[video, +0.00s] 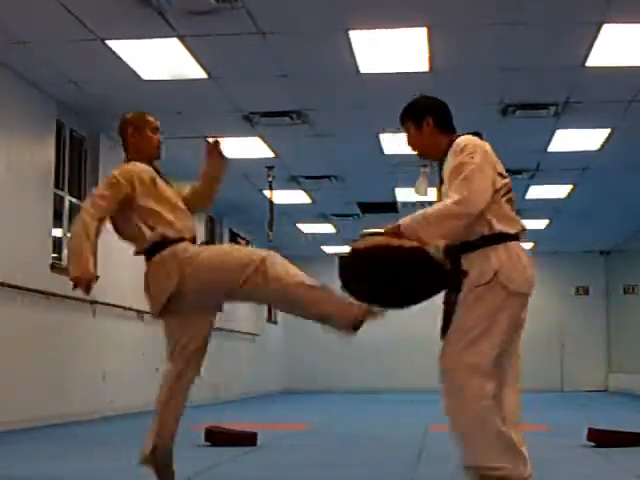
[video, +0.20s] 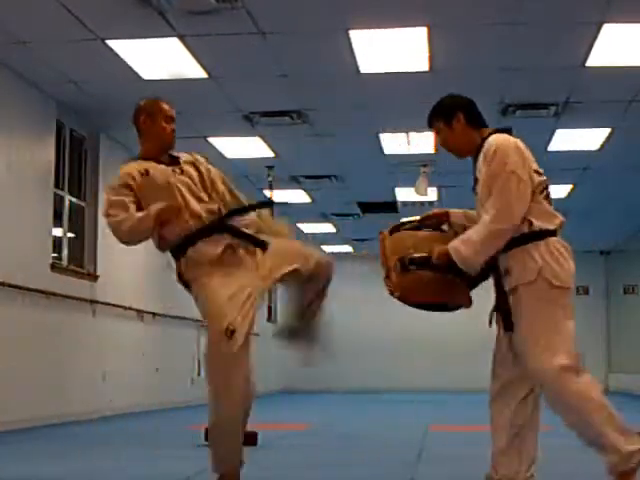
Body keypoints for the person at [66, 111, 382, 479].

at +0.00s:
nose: (159, 139)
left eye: (159, 133)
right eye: (152, 132)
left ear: (150, 139)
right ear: (130, 137)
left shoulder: (157, 185)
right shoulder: (127, 175)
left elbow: (198, 201)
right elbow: (90, 214)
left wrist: (212, 168)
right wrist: (81, 264)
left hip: (180, 275)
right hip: (174, 263)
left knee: (184, 365)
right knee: (263, 268)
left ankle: (160, 448)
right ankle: (347, 313)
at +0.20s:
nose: (173, 127)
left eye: (174, 122)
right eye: (166, 120)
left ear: (174, 127)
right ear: (143, 123)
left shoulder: (197, 162)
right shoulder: (130, 175)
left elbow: (235, 204)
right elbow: (123, 230)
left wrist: (267, 228)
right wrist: (156, 216)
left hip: (249, 243)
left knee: (319, 266)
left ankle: (299, 329)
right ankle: (228, 472)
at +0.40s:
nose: (226, 155)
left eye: (226, 148)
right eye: (221, 147)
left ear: (214, 152)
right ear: (197, 147)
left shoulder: (227, 200)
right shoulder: (169, 197)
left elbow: (237, 247)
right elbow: (157, 251)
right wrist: (199, 231)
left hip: (267, 271)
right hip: (234, 297)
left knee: (344, 275)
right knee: (249, 382)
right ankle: (235, 471)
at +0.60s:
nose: (255, 138)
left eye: (255, 132)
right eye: (248, 131)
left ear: (240, 137)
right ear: (224, 134)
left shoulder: (258, 190)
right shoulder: (202, 183)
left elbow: (268, 245)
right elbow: (199, 241)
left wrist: (307, 272)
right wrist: (257, 248)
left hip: (285, 282)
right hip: (250, 290)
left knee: (338, 337)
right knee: (255, 379)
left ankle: (328, 417)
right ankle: (237, 471)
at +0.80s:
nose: (301, 145)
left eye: (301, 138)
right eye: (294, 137)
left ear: (292, 144)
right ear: (270, 140)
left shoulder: (298, 197)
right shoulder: (251, 187)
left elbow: (303, 255)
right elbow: (242, 246)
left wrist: (333, 272)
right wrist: (292, 273)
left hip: (307, 300)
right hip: (276, 301)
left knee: (309, 388)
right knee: (273, 386)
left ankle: (316, 468)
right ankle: (239, 471)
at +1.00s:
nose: (340, 147)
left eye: (341, 141)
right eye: (334, 139)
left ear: (325, 145)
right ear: (310, 140)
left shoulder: (322, 192)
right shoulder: (291, 179)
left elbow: (320, 251)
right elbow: (270, 224)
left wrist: (346, 270)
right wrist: (319, 236)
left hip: (327, 289)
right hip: (305, 286)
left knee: (319, 379)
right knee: (325, 376)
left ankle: (317, 467)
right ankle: (272, 463)